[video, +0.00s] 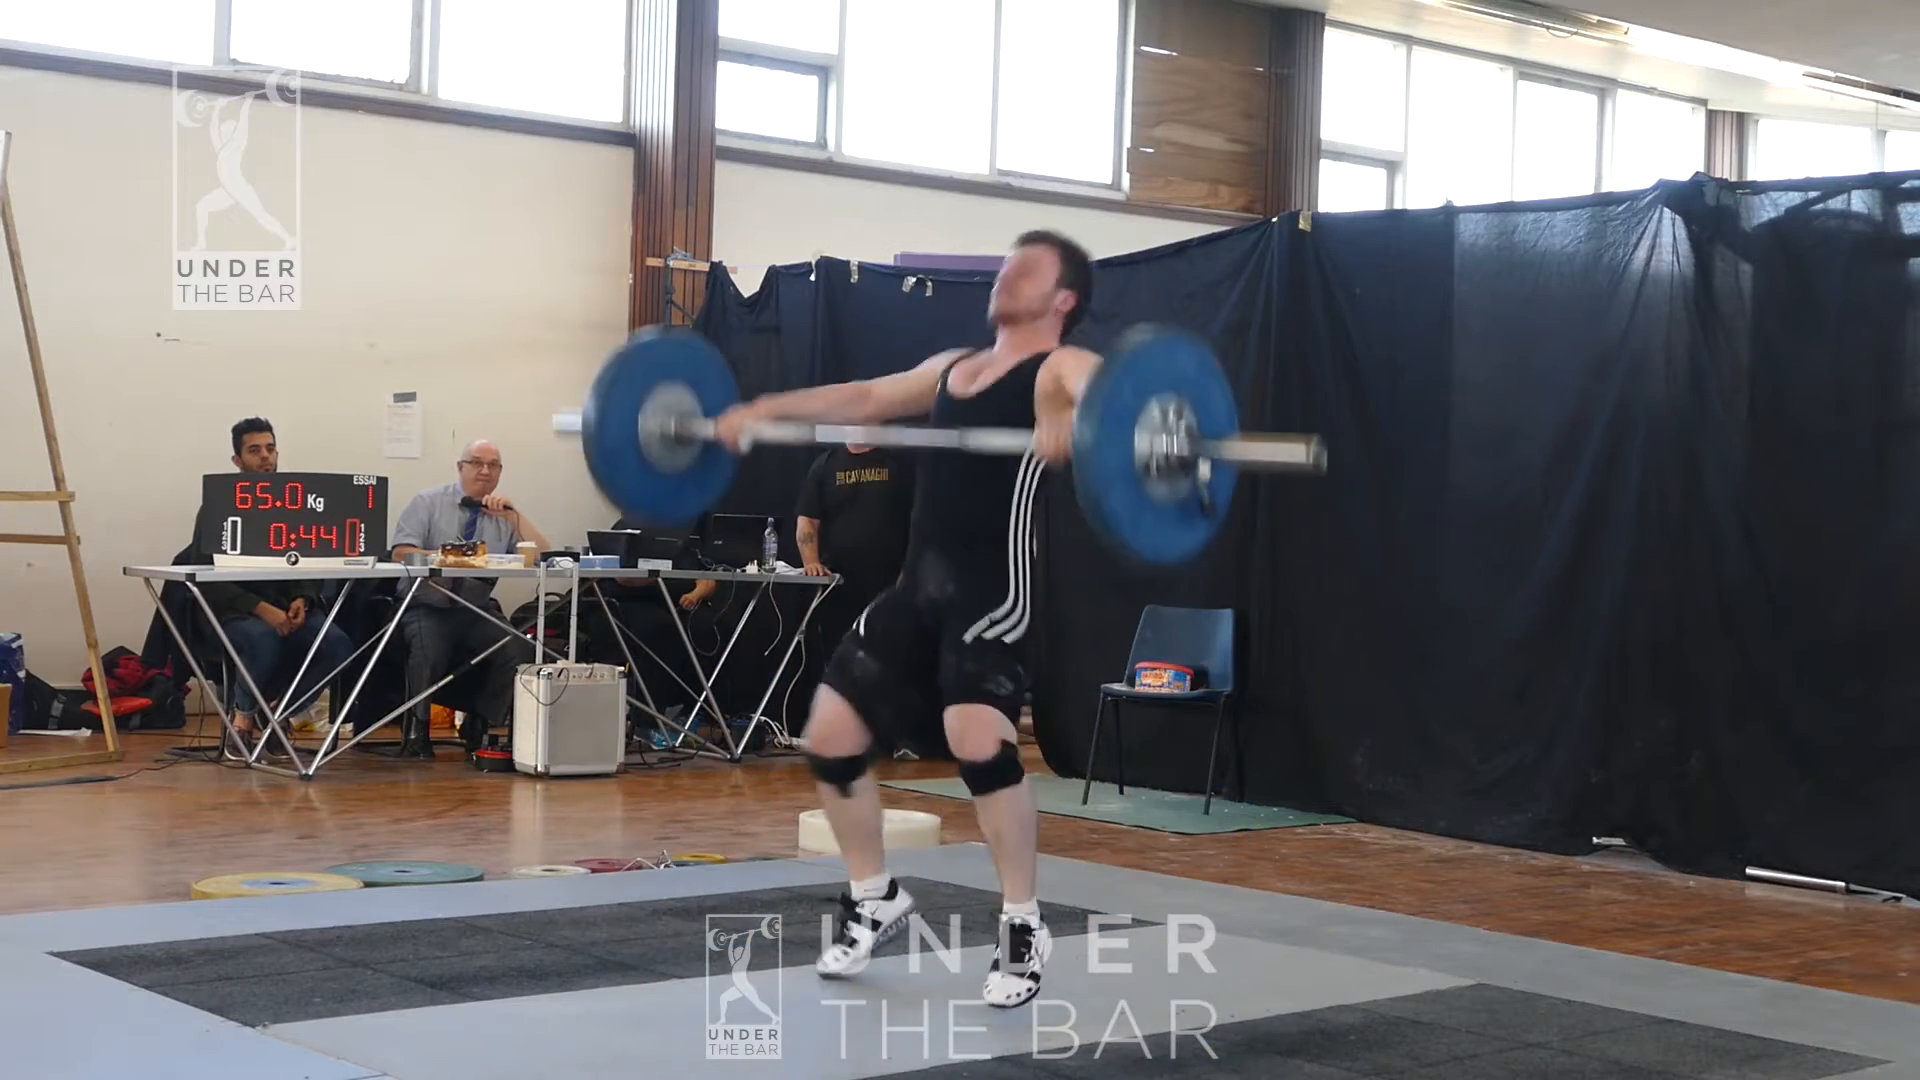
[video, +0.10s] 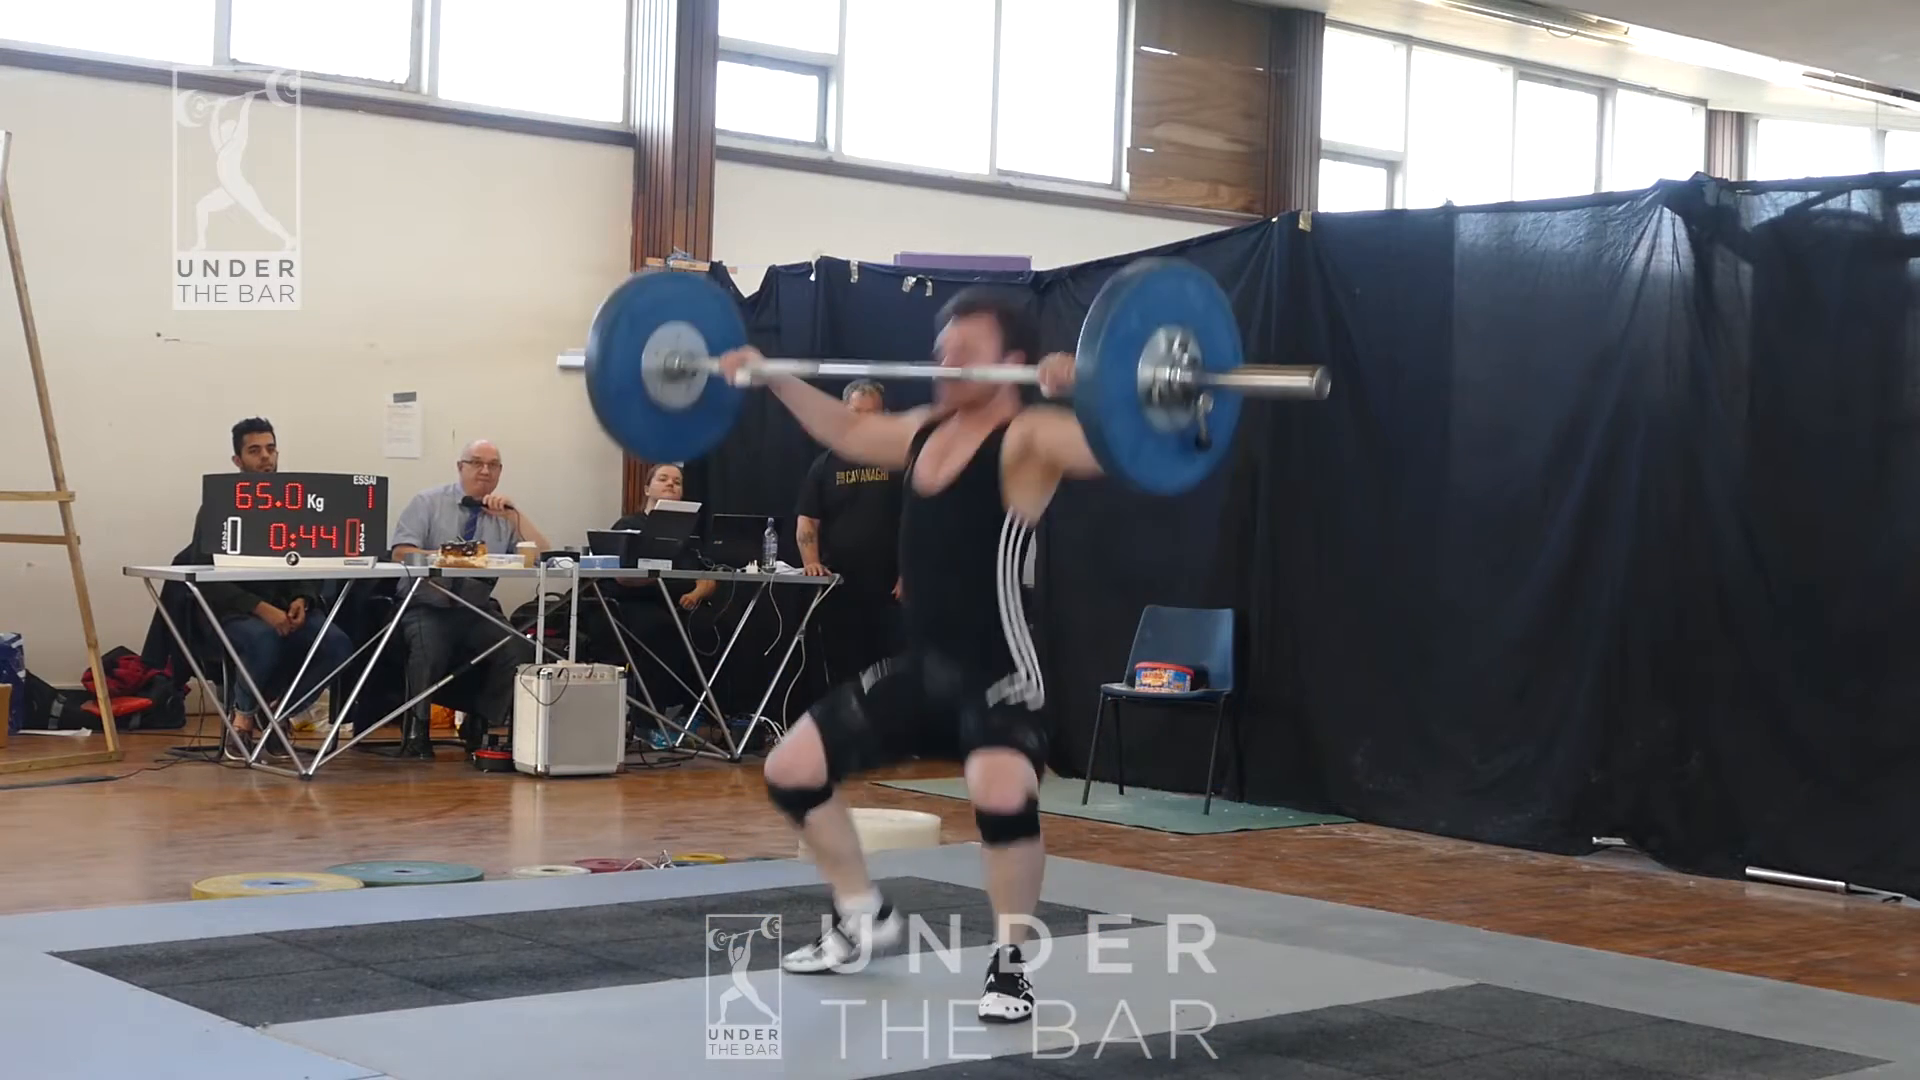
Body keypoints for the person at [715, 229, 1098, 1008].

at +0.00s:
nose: (1005, 272)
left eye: (1024, 267)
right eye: (1007, 261)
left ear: (1062, 298)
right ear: (999, 285)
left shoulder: (1064, 366)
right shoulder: (956, 365)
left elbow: (1108, 399)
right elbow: (864, 401)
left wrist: (1075, 420)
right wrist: (762, 409)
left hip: (993, 597)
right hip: (916, 591)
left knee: (977, 739)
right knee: (831, 738)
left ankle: (1020, 925)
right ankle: (874, 902)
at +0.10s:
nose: (948, 368)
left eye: (966, 356)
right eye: (944, 355)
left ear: (1012, 363)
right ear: (938, 359)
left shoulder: (1033, 432)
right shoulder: (924, 432)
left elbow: (1125, 449)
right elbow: (846, 431)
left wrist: (1082, 388)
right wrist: (771, 374)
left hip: (1000, 673)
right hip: (920, 666)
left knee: (1001, 791)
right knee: (791, 769)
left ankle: (1012, 956)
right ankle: (862, 916)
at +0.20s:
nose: (864, 469)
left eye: (880, 455)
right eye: (861, 457)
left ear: (928, 464)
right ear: (859, 462)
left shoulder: (967, 528)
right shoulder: (865, 524)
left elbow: (1051, 491)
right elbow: (795, 473)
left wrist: (1069, 395)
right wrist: (750, 381)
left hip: (997, 743)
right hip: (902, 747)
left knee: (974, 806)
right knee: (783, 797)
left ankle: (1004, 961)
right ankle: (863, 932)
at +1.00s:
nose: (798, 361)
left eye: (812, 346)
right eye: (793, 348)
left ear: (864, 346)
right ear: (798, 351)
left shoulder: (922, 411)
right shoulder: (824, 416)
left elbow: (1008, 358)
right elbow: (777, 342)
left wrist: (1068, 272)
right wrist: (760, 258)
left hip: (969, 644)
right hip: (887, 640)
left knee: (951, 803)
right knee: (798, 780)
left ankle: (1000, 949)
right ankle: (848, 913)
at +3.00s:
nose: (802, 284)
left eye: (817, 270)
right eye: (799, 271)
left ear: (871, 273)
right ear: (804, 280)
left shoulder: (913, 346)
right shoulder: (811, 346)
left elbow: (991, 286)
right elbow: (758, 282)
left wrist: (1032, 188)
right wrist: (724, 199)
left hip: (925, 595)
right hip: (847, 594)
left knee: (924, 771)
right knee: (836, 765)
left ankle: (950, 971)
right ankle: (837, 952)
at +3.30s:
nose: (913, 282)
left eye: (930, 269)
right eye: (909, 270)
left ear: (980, 275)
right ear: (911, 277)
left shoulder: (1001, 351)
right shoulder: (902, 345)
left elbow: (1029, 323)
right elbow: (799, 305)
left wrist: (1031, 243)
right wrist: (706, 233)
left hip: (985, 601)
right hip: (910, 594)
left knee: (953, 767)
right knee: (863, 756)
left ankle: (952, 969)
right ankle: (838, 947)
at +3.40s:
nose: (945, 284)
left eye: (963, 270)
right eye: (940, 271)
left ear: (1008, 281)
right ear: (935, 282)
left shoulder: (1022, 363)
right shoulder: (922, 368)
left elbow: (1066, 352)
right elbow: (811, 377)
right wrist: (701, 344)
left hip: (998, 609)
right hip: (923, 600)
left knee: (965, 767)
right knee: (867, 752)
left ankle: (954, 968)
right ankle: (882, 933)